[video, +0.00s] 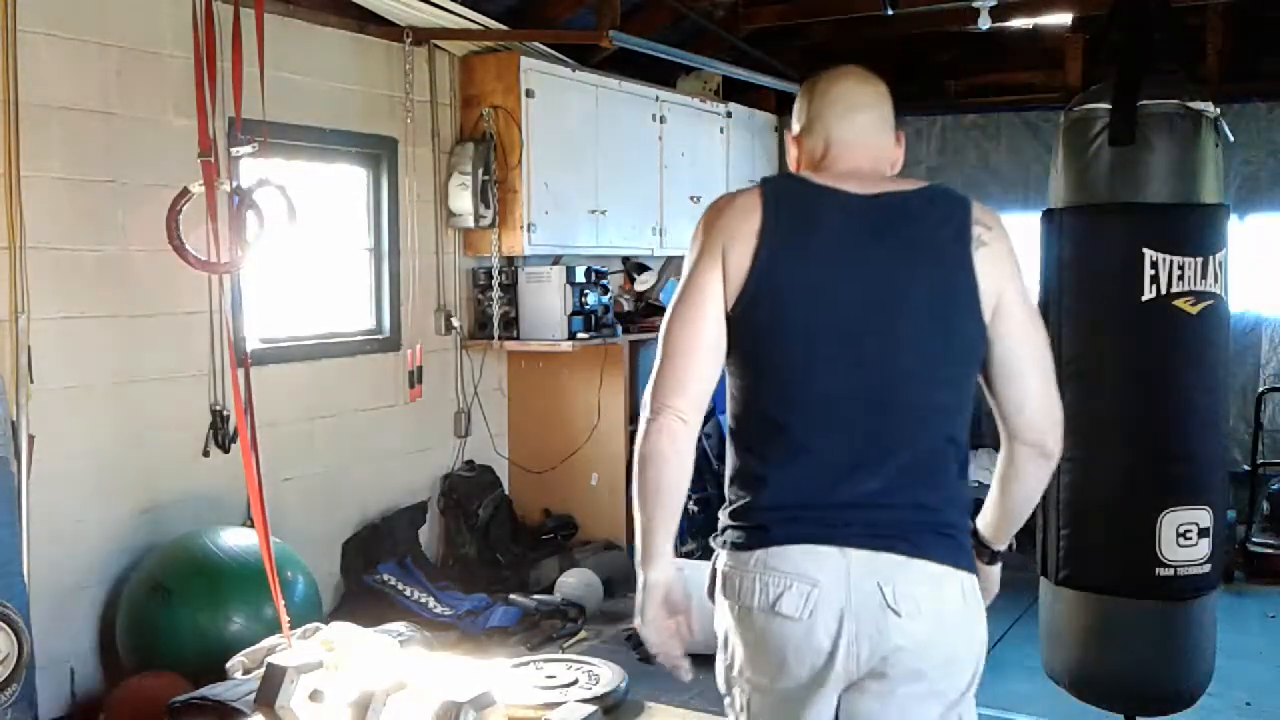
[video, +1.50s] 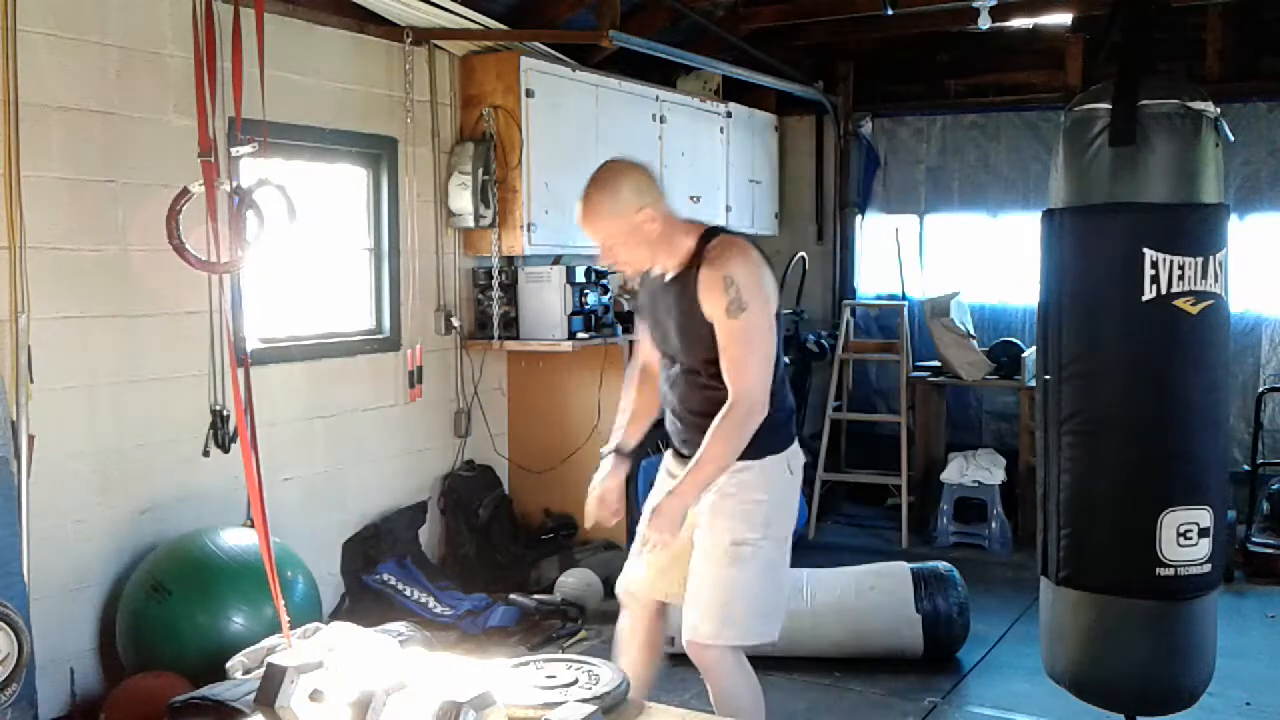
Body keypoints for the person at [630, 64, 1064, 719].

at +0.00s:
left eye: (788, 143)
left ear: (795, 149)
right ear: (899, 150)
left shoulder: (738, 218)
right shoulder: (976, 230)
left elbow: (672, 415)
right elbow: (1037, 436)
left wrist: (657, 569)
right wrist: (986, 545)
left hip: (778, 570)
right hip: (930, 576)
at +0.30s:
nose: (772, 167)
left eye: (770, 159)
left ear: (778, 165)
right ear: (868, 157)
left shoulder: (730, 231)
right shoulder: (933, 221)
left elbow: (685, 399)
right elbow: (1003, 391)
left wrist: (682, 510)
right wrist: (1028, 538)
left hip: (782, 520)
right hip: (914, 527)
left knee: (782, 708)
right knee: (924, 709)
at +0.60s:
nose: (774, 191)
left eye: (771, 181)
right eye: (774, 183)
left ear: (781, 177)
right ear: (855, 174)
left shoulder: (758, 243)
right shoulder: (928, 240)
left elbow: (701, 392)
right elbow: (991, 381)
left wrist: (691, 468)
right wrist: (1002, 505)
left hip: (804, 501)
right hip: (917, 502)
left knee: (814, 707)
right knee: (926, 692)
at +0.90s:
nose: (748, 218)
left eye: (745, 202)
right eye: (743, 205)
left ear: (768, 179)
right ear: (811, 174)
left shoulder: (787, 230)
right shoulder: (888, 227)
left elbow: (779, 374)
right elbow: (924, 361)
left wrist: (751, 499)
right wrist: (908, 454)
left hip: (824, 480)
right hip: (907, 470)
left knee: (750, 631)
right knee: (898, 635)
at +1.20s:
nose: (671, 226)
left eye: (673, 210)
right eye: (666, 214)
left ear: (713, 191)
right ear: (720, 190)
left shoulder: (755, 255)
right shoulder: (787, 234)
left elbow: (768, 399)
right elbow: (781, 371)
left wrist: (738, 536)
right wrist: (727, 442)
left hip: (771, 471)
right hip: (806, 461)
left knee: (709, 636)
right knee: (793, 627)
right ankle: (850, 715)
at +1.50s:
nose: (604, 259)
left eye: (606, 243)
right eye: (598, 246)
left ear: (646, 218)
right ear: (646, 218)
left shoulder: (732, 267)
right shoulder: (649, 274)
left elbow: (750, 403)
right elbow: (646, 369)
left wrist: (681, 497)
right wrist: (618, 459)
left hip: (751, 468)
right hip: (682, 460)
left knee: (710, 640)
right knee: (638, 597)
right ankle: (623, 717)